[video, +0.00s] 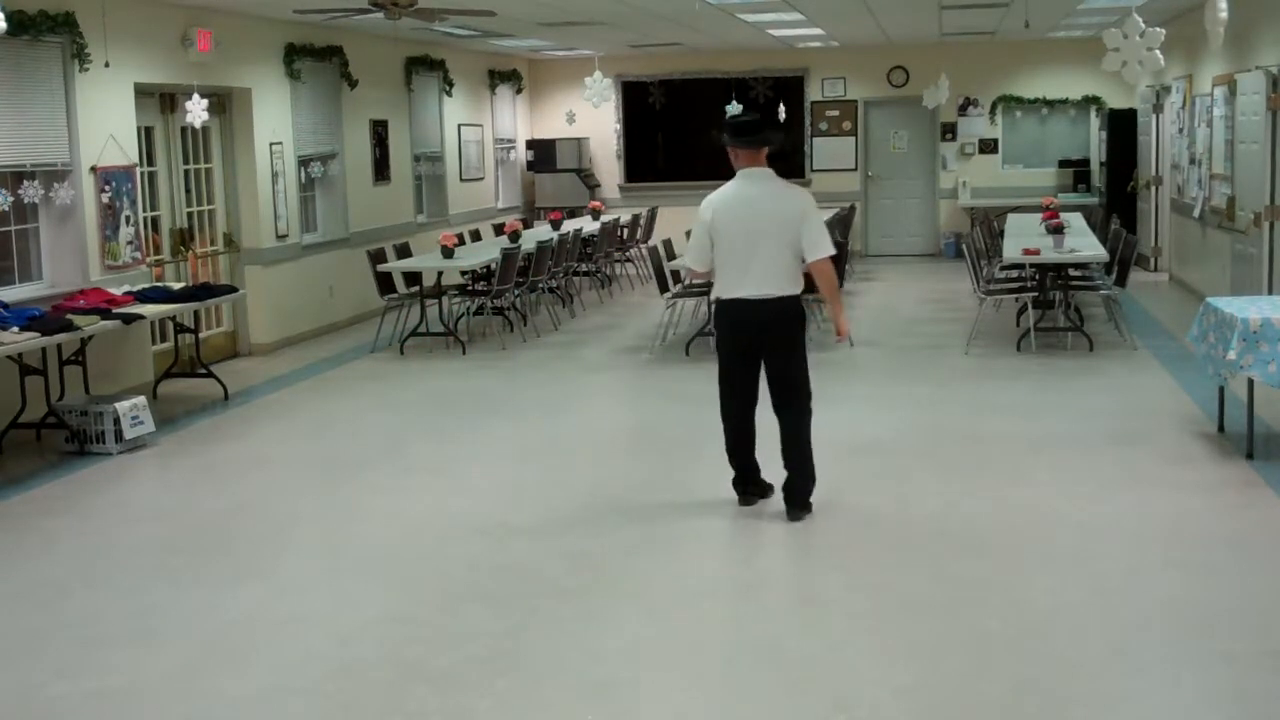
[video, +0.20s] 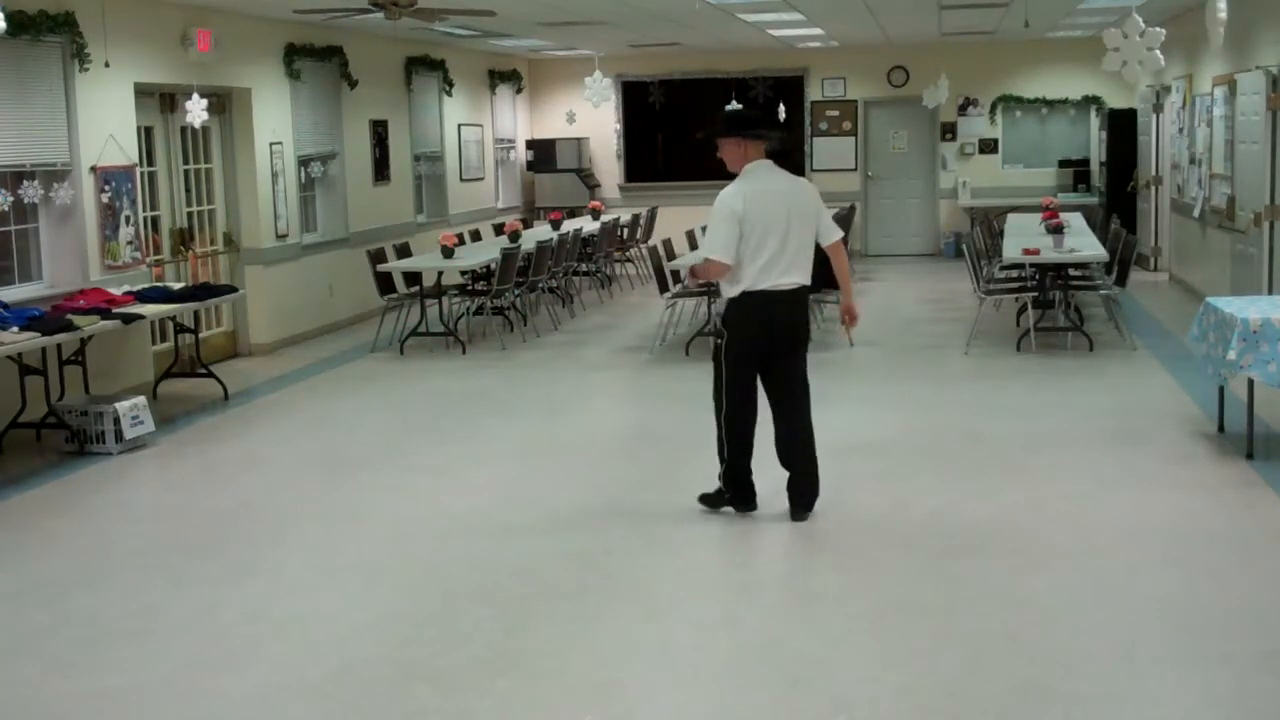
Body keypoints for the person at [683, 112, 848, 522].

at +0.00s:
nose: (731, 156)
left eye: (730, 150)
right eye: (734, 149)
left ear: (731, 152)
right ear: (768, 149)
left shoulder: (715, 203)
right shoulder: (797, 198)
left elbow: (698, 270)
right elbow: (819, 262)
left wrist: (732, 255)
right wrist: (839, 313)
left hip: (733, 317)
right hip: (784, 316)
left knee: (737, 402)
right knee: (793, 404)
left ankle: (747, 483)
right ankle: (798, 499)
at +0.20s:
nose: (720, 154)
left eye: (724, 146)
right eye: (720, 146)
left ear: (744, 145)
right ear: (759, 145)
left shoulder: (733, 196)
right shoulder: (803, 188)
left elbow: (718, 265)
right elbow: (835, 245)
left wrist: (698, 272)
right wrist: (848, 298)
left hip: (745, 315)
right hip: (793, 312)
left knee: (734, 405)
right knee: (793, 406)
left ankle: (737, 490)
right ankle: (803, 498)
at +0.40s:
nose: (706, 163)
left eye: (710, 154)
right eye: (705, 155)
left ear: (736, 150)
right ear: (741, 152)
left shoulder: (736, 202)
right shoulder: (784, 191)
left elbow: (733, 269)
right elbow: (818, 250)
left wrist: (689, 292)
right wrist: (827, 294)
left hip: (748, 321)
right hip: (788, 315)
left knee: (724, 415)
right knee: (790, 404)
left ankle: (745, 504)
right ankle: (806, 497)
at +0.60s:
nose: (685, 164)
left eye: (690, 155)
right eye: (684, 156)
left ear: (715, 151)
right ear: (720, 153)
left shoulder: (723, 197)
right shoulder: (751, 186)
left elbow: (733, 267)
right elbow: (780, 251)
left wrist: (708, 320)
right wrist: (754, 287)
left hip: (737, 316)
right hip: (765, 310)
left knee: (735, 414)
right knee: (764, 404)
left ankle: (748, 508)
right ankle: (787, 494)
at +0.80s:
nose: (664, 173)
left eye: (670, 164)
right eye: (662, 165)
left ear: (696, 158)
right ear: (691, 162)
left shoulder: (718, 202)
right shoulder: (703, 198)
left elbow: (743, 271)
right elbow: (711, 263)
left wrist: (748, 334)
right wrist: (692, 305)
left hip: (723, 324)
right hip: (714, 321)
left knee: (697, 414)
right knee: (734, 413)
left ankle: (732, 500)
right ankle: (758, 498)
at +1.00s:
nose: (642, 175)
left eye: (648, 165)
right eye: (639, 167)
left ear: (673, 162)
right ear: (653, 169)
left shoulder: (710, 209)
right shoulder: (661, 210)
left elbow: (746, 272)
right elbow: (665, 278)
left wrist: (759, 333)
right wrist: (644, 329)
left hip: (710, 330)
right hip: (678, 330)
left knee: (683, 424)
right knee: (716, 418)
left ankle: (670, 524)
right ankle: (755, 494)